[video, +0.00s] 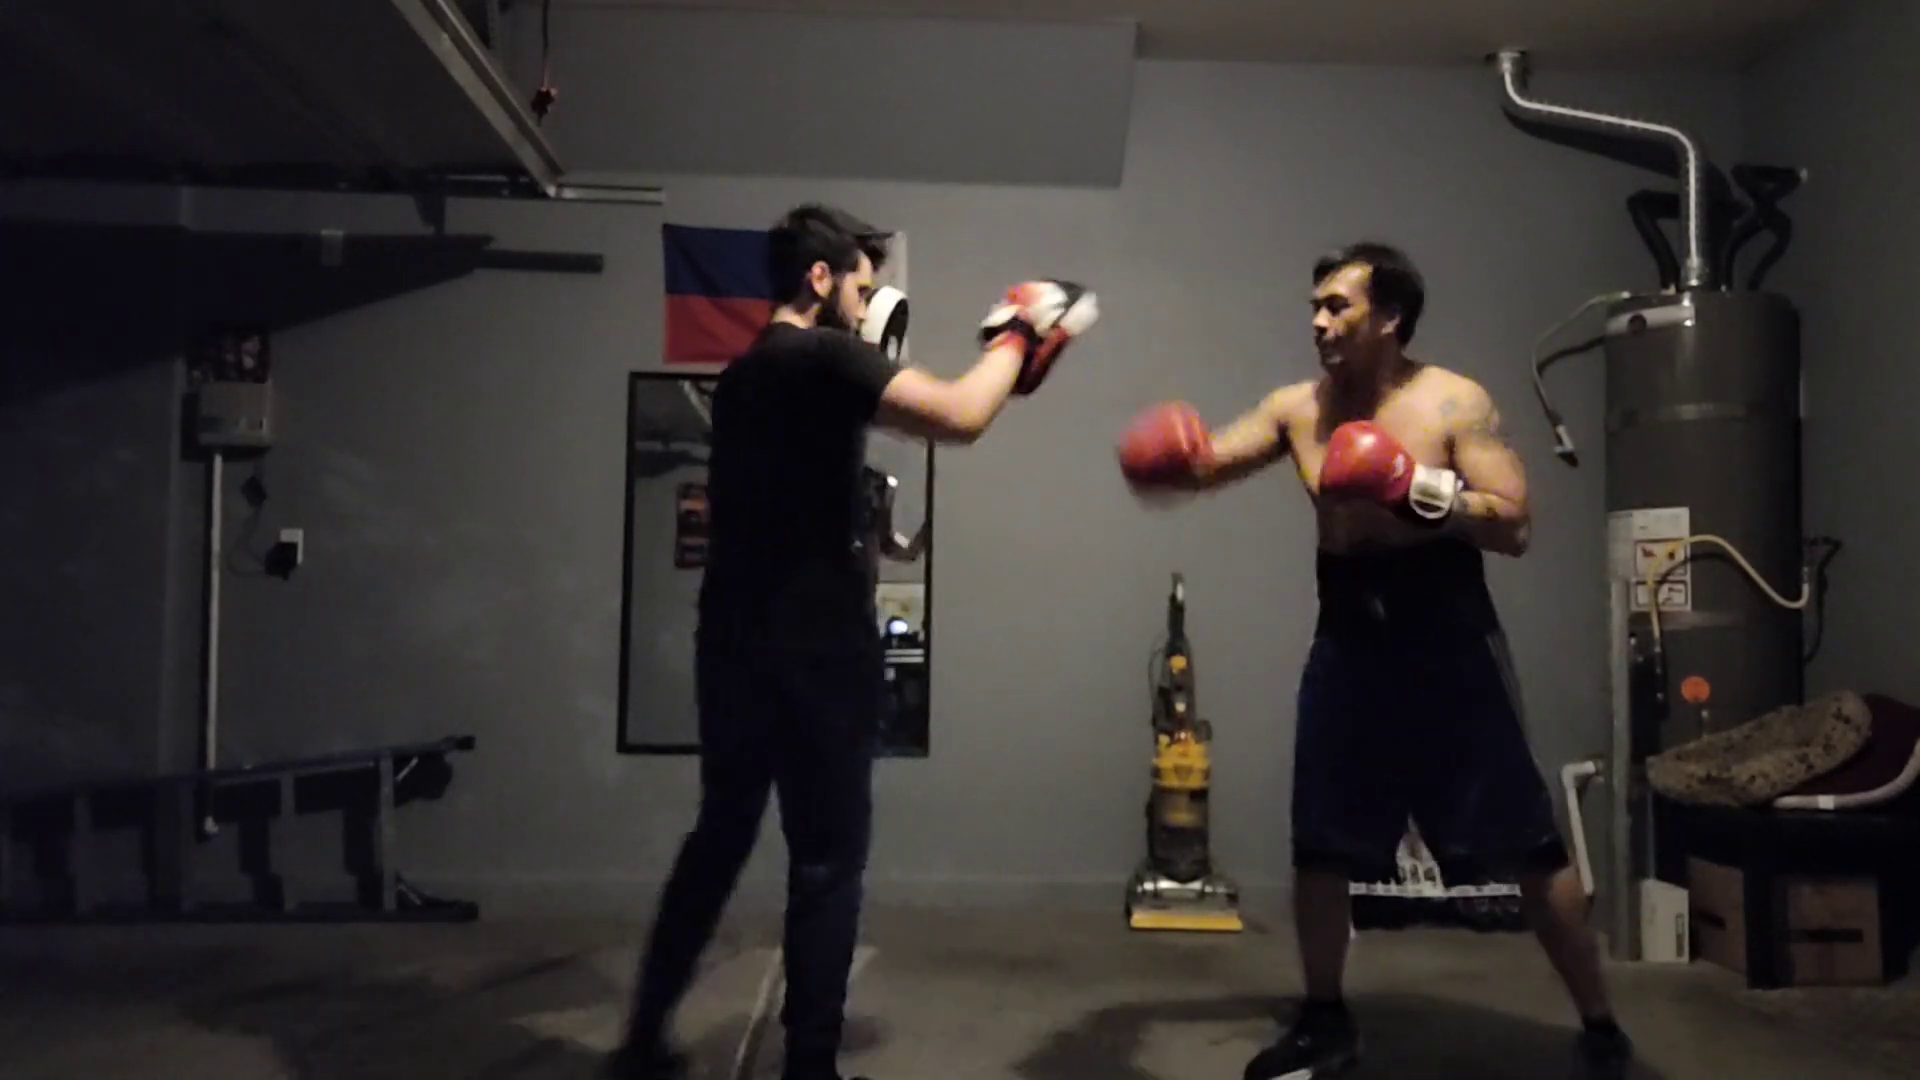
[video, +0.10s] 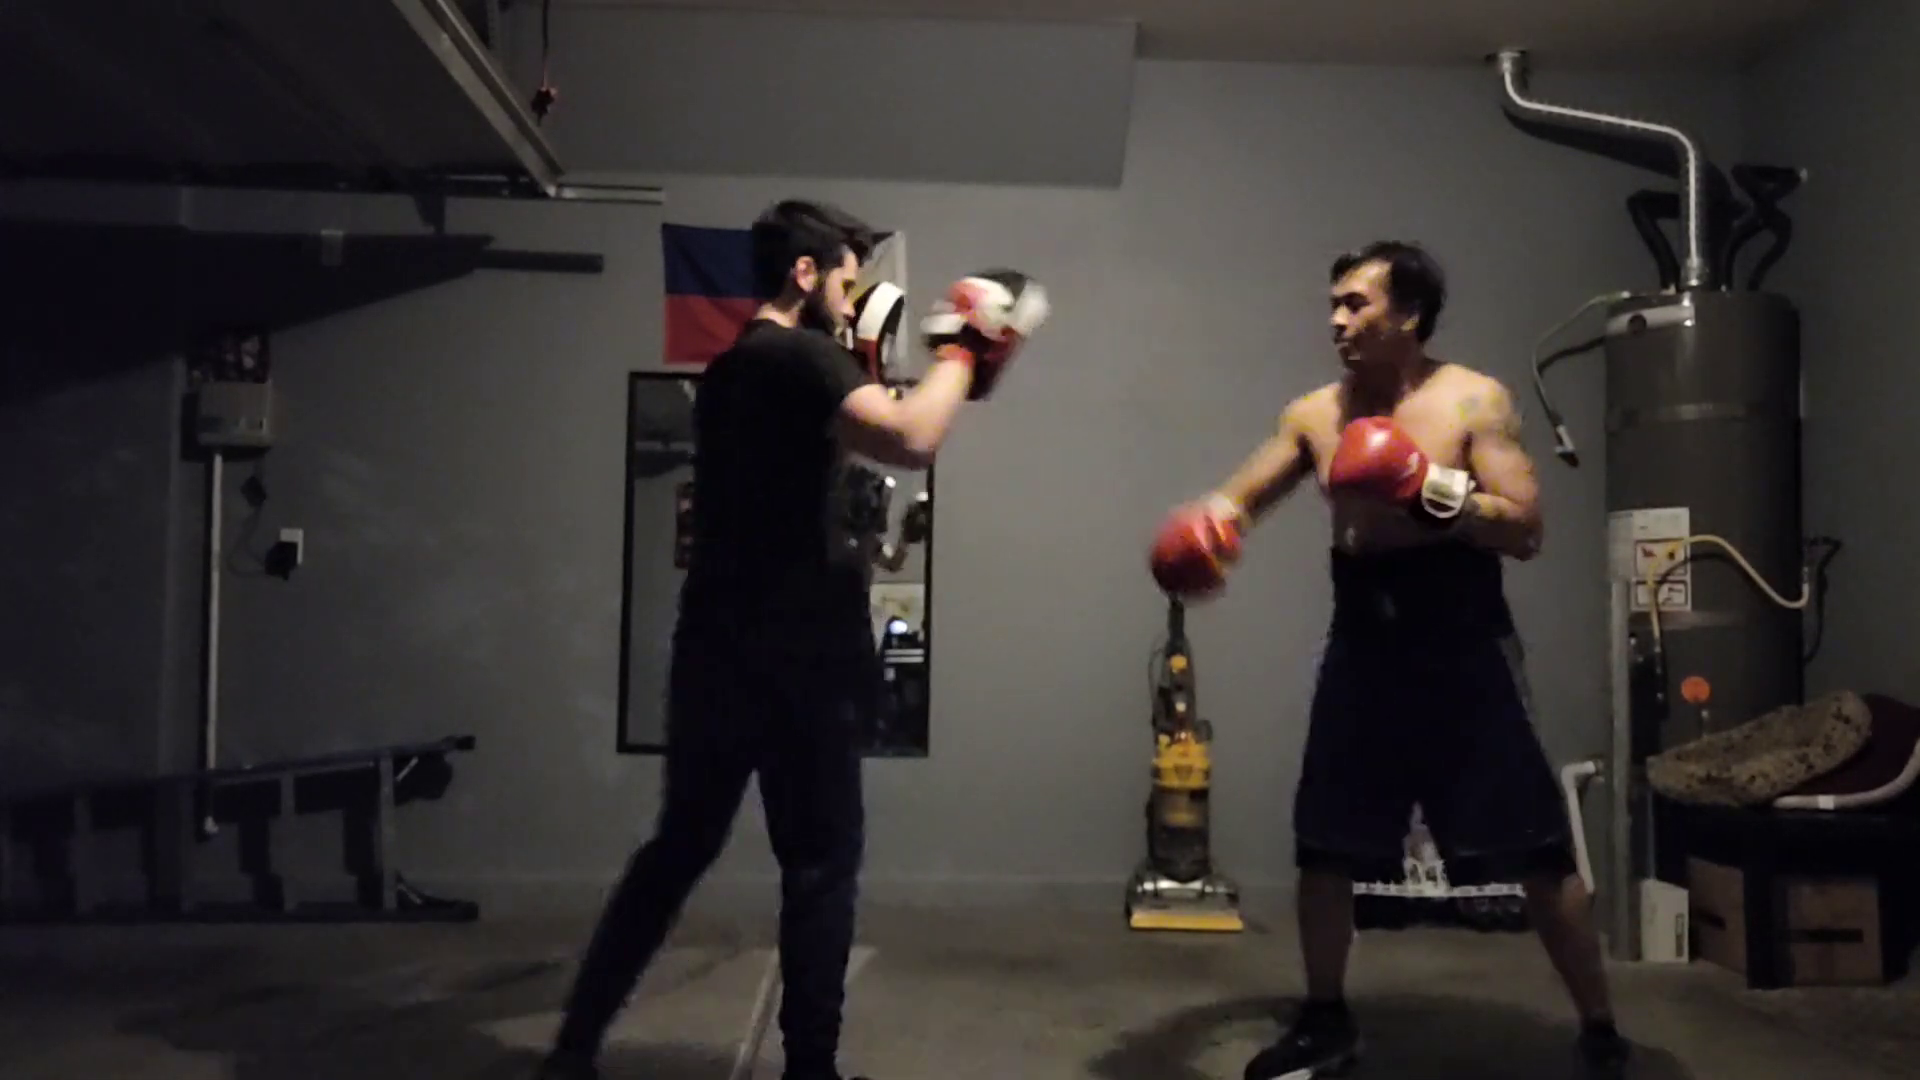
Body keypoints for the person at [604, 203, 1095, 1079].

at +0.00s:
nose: (873, 304)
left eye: (873, 289)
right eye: (867, 287)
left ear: (796, 283)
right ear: (822, 279)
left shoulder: (740, 374)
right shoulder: (824, 357)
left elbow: (936, 418)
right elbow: (962, 413)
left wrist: (1018, 363)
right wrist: (1016, 330)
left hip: (735, 646)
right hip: (820, 651)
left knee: (721, 835)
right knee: (829, 859)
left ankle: (643, 1035)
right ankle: (811, 1059)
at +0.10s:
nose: (857, 299)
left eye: (859, 283)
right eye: (851, 281)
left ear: (780, 276)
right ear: (804, 274)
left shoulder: (729, 365)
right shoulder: (800, 359)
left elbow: (886, 440)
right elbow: (916, 436)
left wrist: (971, 379)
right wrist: (964, 346)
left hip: (718, 645)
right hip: (800, 652)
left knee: (683, 841)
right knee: (823, 859)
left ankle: (574, 1045)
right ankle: (812, 1063)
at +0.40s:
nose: (780, 315)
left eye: (783, 298)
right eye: (774, 294)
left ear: (697, 284)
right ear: (728, 282)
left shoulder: (652, 372)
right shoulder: (698, 360)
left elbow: (720, 540)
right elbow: (799, 445)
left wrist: (780, 519)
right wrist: (815, 345)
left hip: (638, 667)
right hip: (713, 669)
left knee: (589, 875)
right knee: (805, 858)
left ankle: (533, 1064)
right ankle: (827, 1062)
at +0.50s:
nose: (767, 296)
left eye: (771, 281)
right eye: (763, 278)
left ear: (681, 270)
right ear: (719, 267)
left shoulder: (630, 360)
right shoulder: (700, 344)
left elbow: (671, 503)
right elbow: (817, 415)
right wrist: (817, 318)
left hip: (628, 655)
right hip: (711, 657)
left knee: (591, 868)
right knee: (802, 853)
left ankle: (532, 1063)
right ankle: (831, 1061)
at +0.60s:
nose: (765, 291)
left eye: (766, 273)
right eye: (761, 270)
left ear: (675, 262)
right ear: (724, 262)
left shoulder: (622, 361)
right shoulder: (717, 348)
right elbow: (860, 401)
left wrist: (810, 313)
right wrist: (850, 301)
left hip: (624, 658)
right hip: (718, 661)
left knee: (587, 873)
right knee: (808, 863)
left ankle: (531, 1064)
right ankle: (844, 1062)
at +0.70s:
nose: (780, 287)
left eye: (780, 269)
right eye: (774, 267)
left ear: (687, 264)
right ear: (730, 259)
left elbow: (644, 511)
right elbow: (907, 393)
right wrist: (922, 289)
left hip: (632, 664)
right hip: (731, 665)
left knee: (603, 877)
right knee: (814, 872)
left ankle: (537, 1063)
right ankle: (863, 1063)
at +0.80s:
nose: (799, 283)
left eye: (801, 268)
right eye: (794, 266)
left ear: (686, 266)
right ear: (749, 262)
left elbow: (689, 501)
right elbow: (952, 357)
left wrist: (784, 516)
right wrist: (1024, 256)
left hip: (654, 669)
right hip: (757, 674)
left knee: (624, 877)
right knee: (823, 887)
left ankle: (545, 1065)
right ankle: (875, 1065)